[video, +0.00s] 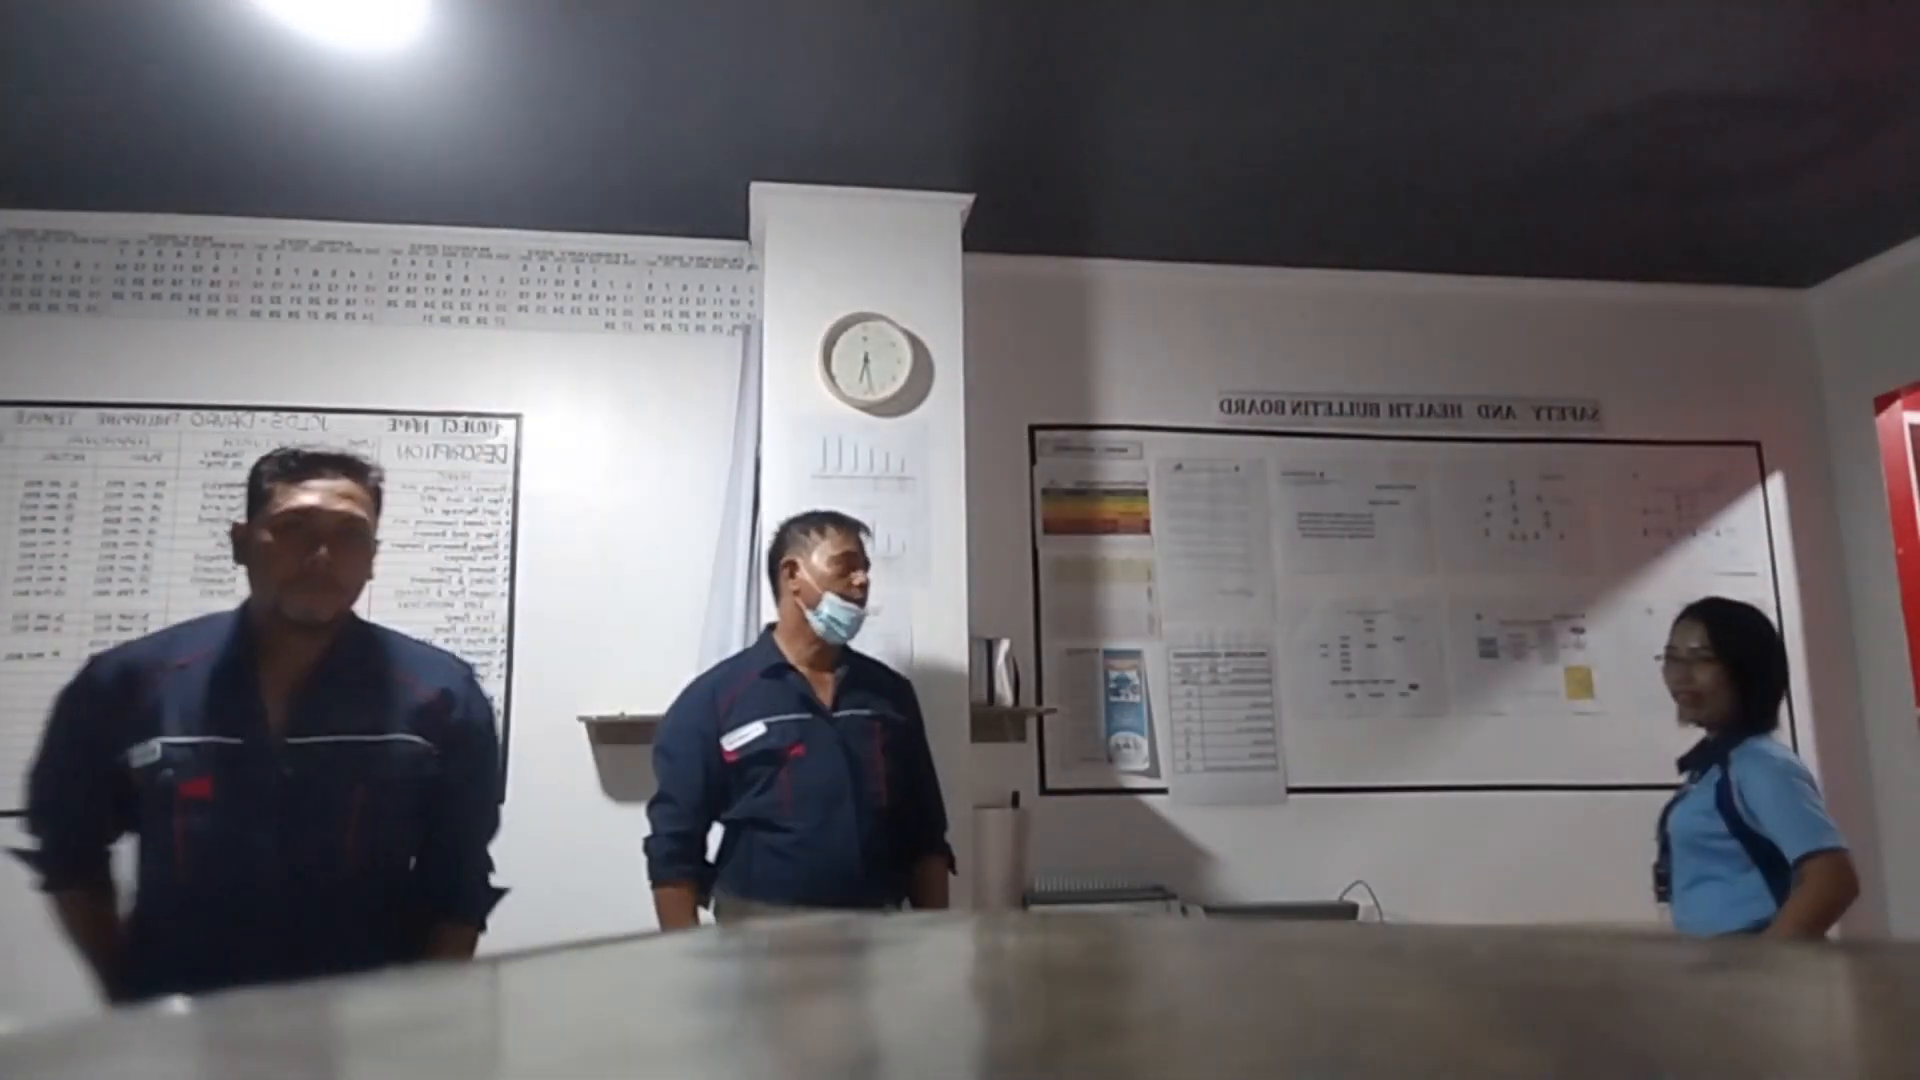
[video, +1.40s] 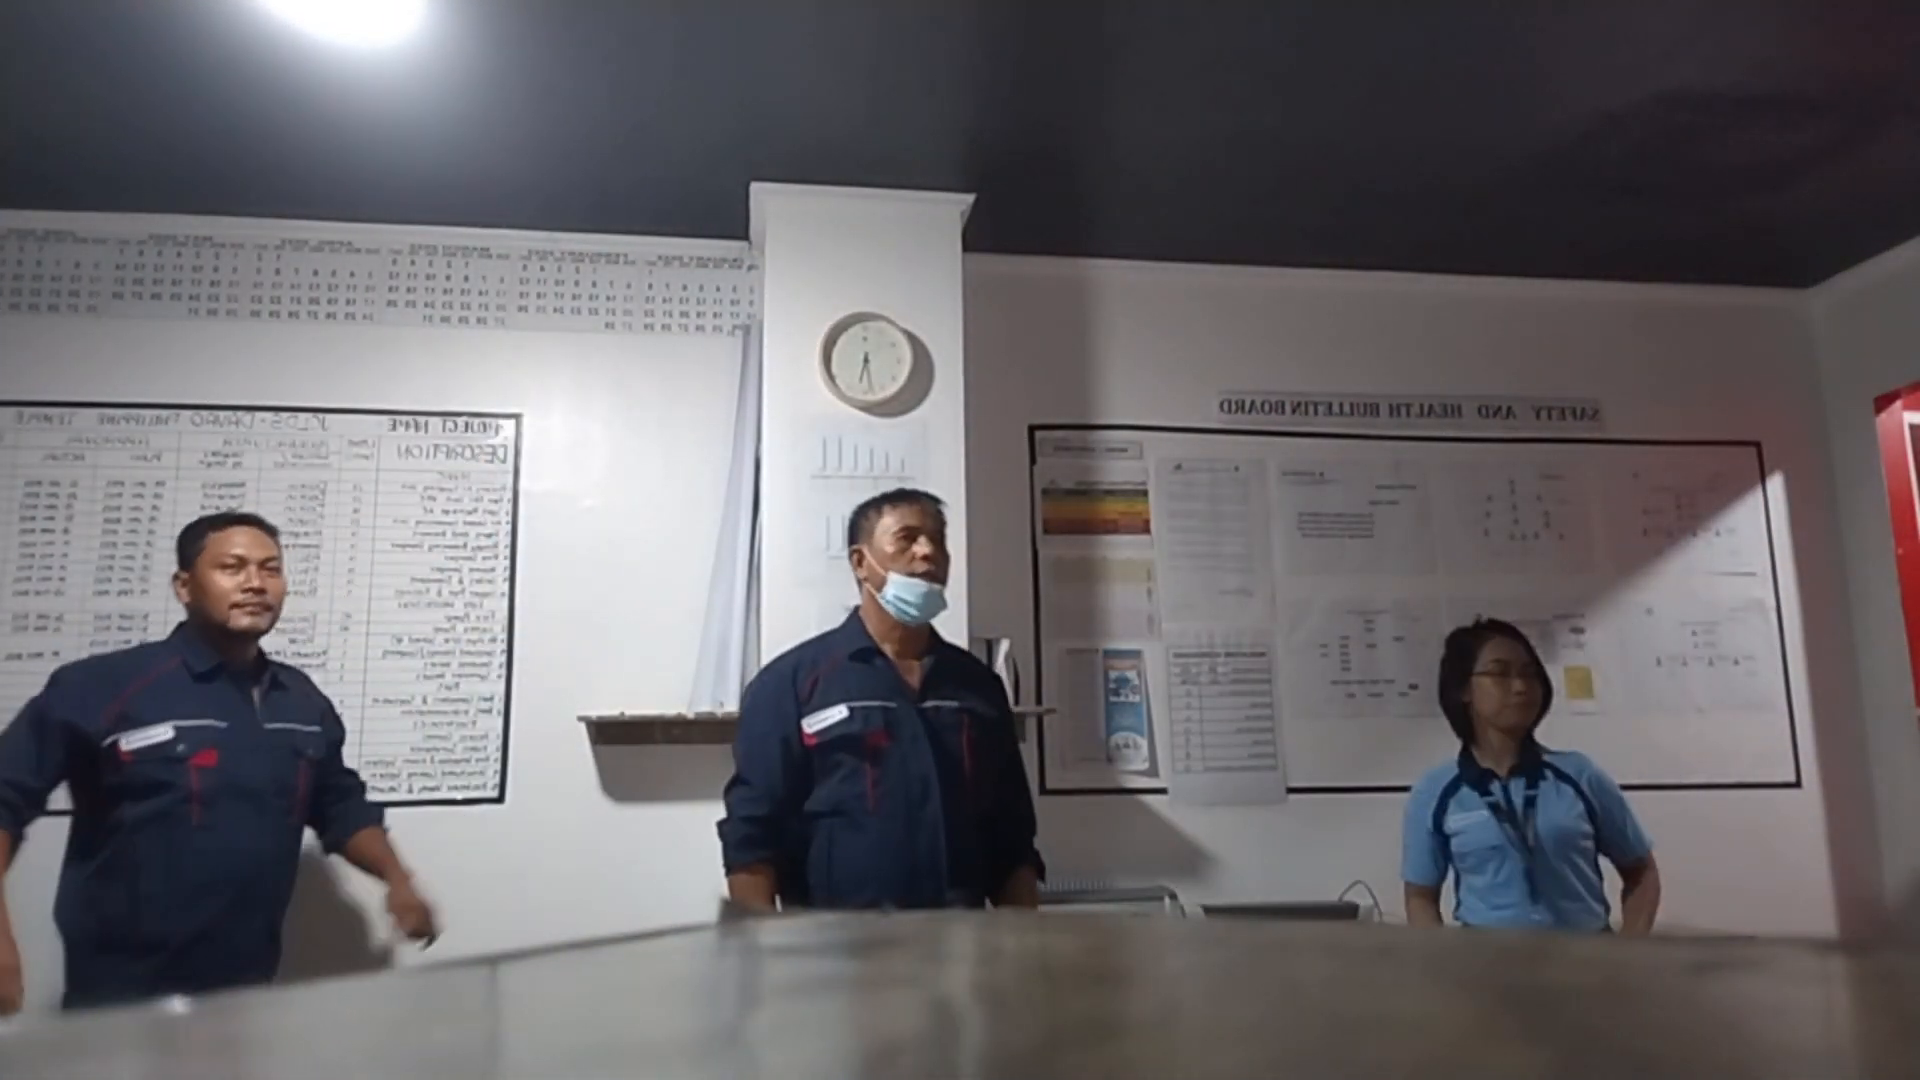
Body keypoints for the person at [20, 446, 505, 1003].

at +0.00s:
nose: (322, 555)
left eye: (348, 536)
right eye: (297, 530)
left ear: (373, 559)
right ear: (243, 544)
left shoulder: (443, 699)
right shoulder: (126, 690)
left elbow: (459, 896)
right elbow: (68, 857)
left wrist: (415, 1032)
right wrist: (137, 998)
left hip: (367, 1030)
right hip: (182, 1030)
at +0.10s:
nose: (310, 546)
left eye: (333, 527)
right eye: (284, 521)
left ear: (356, 544)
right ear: (229, 530)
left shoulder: (411, 680)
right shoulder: (100, 672)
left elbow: (440, 854)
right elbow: (23, 837)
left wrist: (432, 1002)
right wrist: (66, 996)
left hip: (329, 1018)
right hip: (147, 1020)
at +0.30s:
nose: (305, 544)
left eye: (323, 529)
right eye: (278, 521)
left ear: (337, 547)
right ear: (219, 534)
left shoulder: (366, 679)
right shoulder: (94, 670)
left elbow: (407, 810)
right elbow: (4, 811)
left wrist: (410, 943)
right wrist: (18, 969)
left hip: (302, 1014)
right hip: (137, 1022)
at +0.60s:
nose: (321, 595)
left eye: (335, 581)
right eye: (297, 576)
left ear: (348, 596)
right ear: (243, 591)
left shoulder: (344, 723)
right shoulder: (137, 706)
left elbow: (370, 837)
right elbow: (31, 838)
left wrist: (398, 940)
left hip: (261, 1010)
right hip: (133, 1018)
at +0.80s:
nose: (327, 593)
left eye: (342, 578)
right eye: (306, 573)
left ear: (353, 594)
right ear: (255, 584)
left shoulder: (334, 712)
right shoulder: (157, 686)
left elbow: (322, 859)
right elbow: (84, 840)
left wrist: (332, 978)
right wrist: (56, 983)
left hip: (245, 996)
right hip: (130, 996)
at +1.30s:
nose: (274, 574)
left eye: (289, 560)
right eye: (253, 557)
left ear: (304, 581)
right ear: (205, 575)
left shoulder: (312, 704)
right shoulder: (114, 676)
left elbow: (324, 824)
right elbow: (26, 815)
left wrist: (349, 926)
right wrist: (8, 955)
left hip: (243, 989)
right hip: (122, 986)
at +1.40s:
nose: (257, 582)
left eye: (270, 568)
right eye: (233, 567)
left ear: (284, 586)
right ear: (184, 586)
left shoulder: (304, 706)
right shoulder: (94, 692)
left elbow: (339, 804)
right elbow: (7, 804)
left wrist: (397, 875)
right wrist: (5, 940)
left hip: (243, 994)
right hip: (116, 998)